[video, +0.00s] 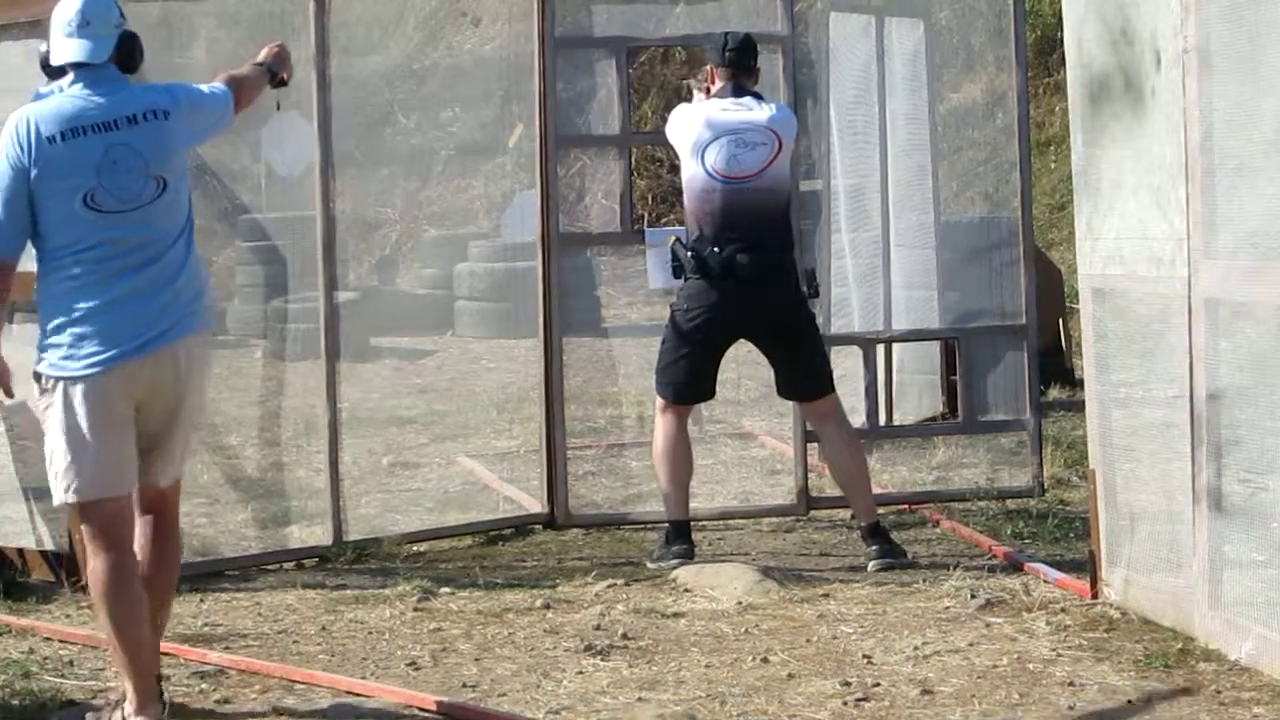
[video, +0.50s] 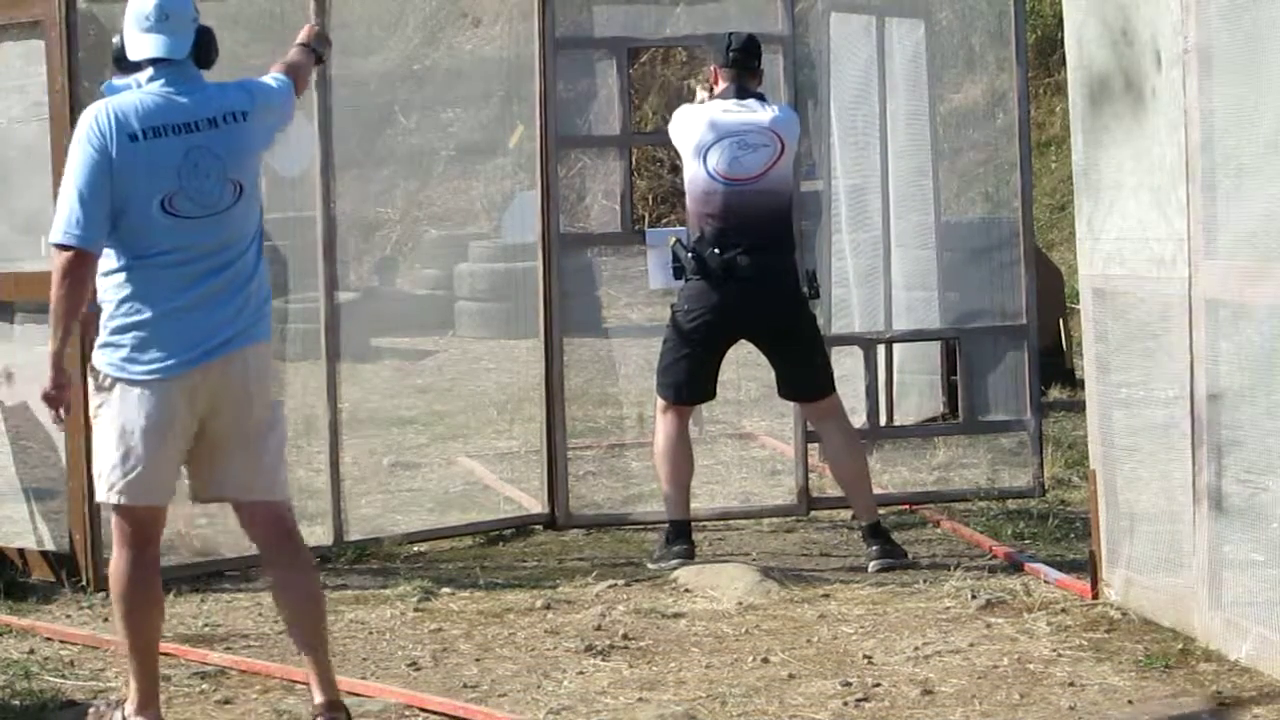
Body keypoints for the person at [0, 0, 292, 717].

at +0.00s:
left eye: (56, 51)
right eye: (120, 46)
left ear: (52, 56)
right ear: (123, 49)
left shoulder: (25, 129)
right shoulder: (169, 107)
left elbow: (7, 271)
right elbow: (237, 93)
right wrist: (269, 64)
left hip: (84, 351)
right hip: (177, 332)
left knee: (106, 539)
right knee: (159, 510)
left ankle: (145, 703)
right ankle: (141, 686)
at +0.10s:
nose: (52, 61)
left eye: (54, 51)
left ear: (57, 55)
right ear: (132, 47)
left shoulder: (36, 123)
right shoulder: (175, 104)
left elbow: (11, 256)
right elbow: (242, 90)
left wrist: (0, 350)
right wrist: (271, 60)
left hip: (93, 351)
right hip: (184, 331)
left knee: (112, 536)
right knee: (173, 493)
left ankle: (141, 702)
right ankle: (176, 664)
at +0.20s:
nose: (65, 52)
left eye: (68, 43)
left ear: (73, 51)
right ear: (146, 47)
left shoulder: (49, 120)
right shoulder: (191, 104)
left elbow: (17, 255)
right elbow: (250, 86)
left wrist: (6, 353)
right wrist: (277, 54)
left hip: (101, 352)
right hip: (195, 335)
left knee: (114, 535)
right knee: (192, 495)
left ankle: (142, 703)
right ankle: (225, 653)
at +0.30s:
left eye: (84, 50)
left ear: (87, 52)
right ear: (162, 47)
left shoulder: (64, 120)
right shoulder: (206, 103)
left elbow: (33, 256)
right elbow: (262, 81)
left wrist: (16, 357)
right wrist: (286, 47)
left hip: (110, 356)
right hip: (206, 338)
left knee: (119, 536)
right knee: (218, 505)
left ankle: (141, 704)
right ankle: (276, 653)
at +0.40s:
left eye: (100, 56)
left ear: (103, 56)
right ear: (180, 49)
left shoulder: (82, 121)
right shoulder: (224, 103)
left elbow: (52, 255)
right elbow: (275, 79)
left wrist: (33, 354)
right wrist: (298, 47)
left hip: (126, 359)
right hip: (222, 345)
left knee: (125, 533)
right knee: (248, 519)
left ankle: (143, 704)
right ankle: (315, 675)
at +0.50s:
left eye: (121, 59)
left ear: (124, 59)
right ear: (200, 51)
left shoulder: (105, 123)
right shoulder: (244, 105)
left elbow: (74, 262)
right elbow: (291, 77)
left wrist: (58, 365)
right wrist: (311, 43)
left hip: (145, 361)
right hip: (243, 348)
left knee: (135, 539)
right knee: (275, 529)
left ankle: (144, 703)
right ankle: (327, 694)